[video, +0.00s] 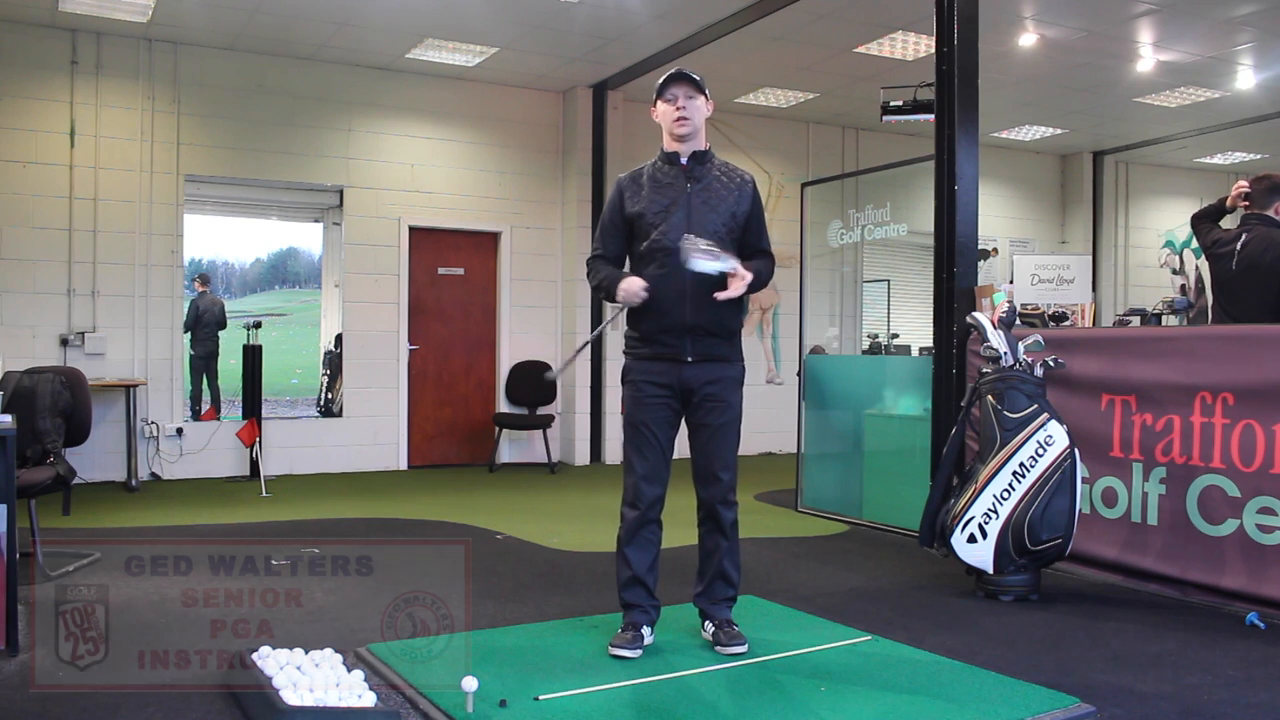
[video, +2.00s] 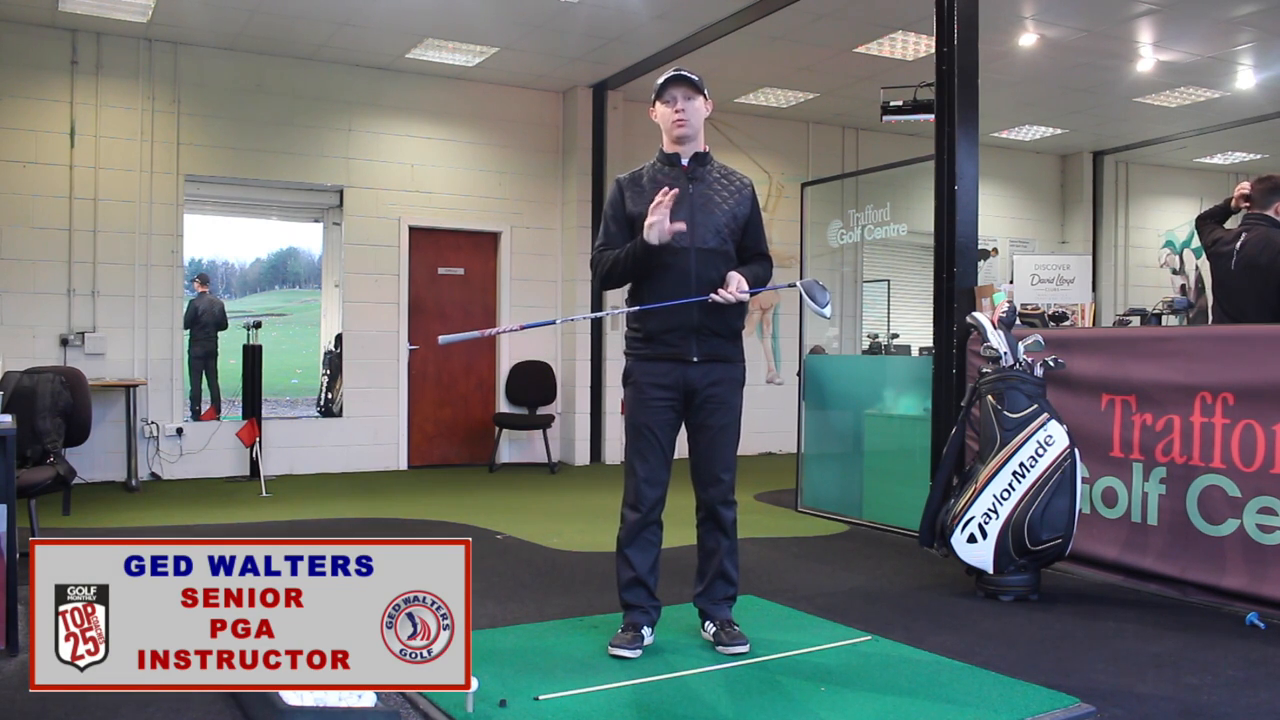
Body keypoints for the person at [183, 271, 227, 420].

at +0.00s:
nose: (194, 286)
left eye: (195, 283)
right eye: (195, 283)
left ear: (199, 284)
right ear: (208, 285)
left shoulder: (196, 302)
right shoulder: (218, 302)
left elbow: (189, 324)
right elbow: (223, 324)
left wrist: (184, 329)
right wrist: (211, 326)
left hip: (198, 346)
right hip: (213, 345)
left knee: (196, 382)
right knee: (213, 381)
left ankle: (196, 414)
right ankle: (216, 412)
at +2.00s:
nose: (193, 286)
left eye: (195, 283)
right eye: (194, 283)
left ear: (198, 284)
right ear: (207, 285)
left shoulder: (194, 302)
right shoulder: (218, 302)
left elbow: (186, 324)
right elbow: (224, 325)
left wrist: (197, 320)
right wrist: (211, 325)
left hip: (197, 346)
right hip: (212, 346)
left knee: (196, 382)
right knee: (213, 381)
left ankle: (196, 415)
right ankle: (216, 413)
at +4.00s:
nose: (193, 286)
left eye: (194, 284)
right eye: (194, 284)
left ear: (198, 284)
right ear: (207, 284)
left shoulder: (195, 303)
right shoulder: (217, 302)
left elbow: (190, 325)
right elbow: (219, 322)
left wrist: (184, 332)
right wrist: (208, 326)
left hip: (197, 344)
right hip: (212, 344)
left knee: (195, 382)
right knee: (213, 381)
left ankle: (196, 414)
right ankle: (216, 412)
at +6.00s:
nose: (191, 288)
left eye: (191, 285)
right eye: (191, 285)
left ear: (196, 285)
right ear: (204, 285)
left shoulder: (194, 302)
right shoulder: (217, 301)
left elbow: (188, 325)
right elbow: (224, 323)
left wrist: (191, 330)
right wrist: (211, 326)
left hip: (197, 346)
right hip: (212, 346)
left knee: (194, 383)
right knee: (213, 381)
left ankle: (195, 414)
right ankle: (216, 412)